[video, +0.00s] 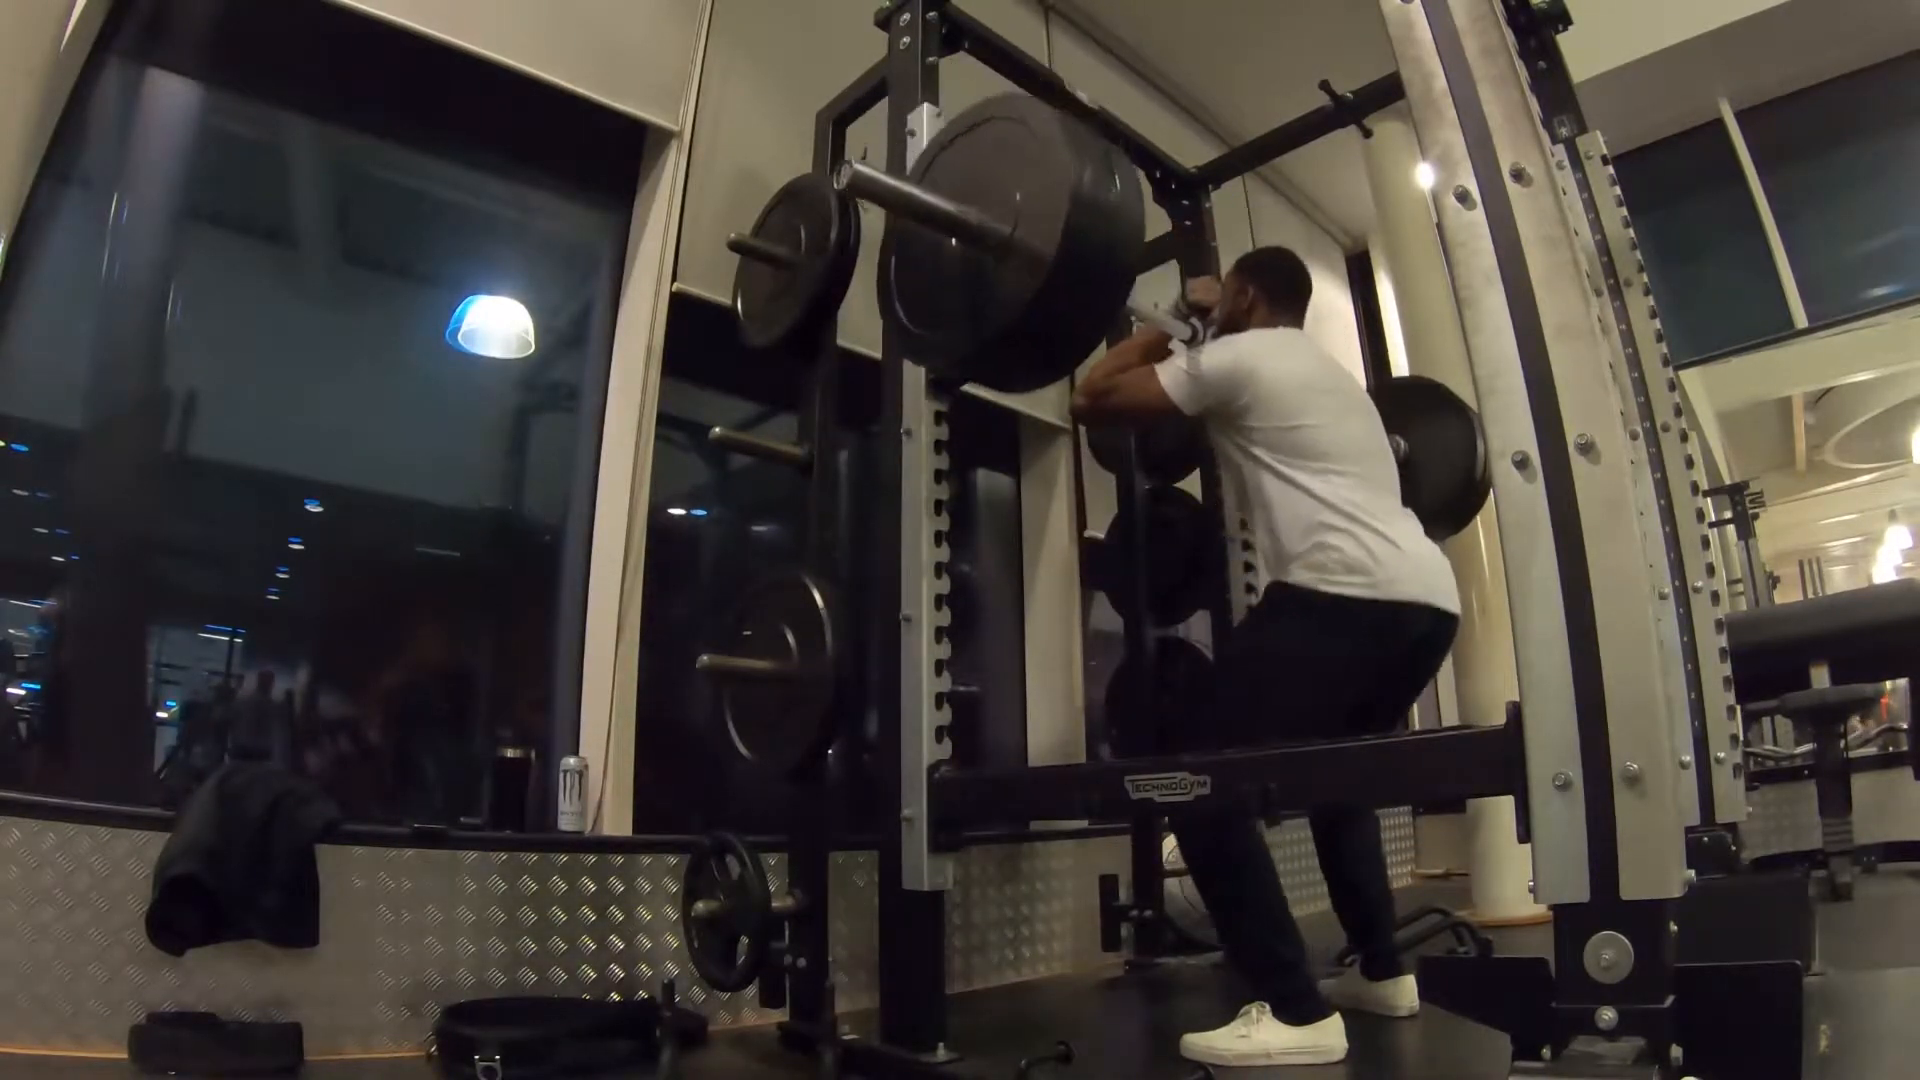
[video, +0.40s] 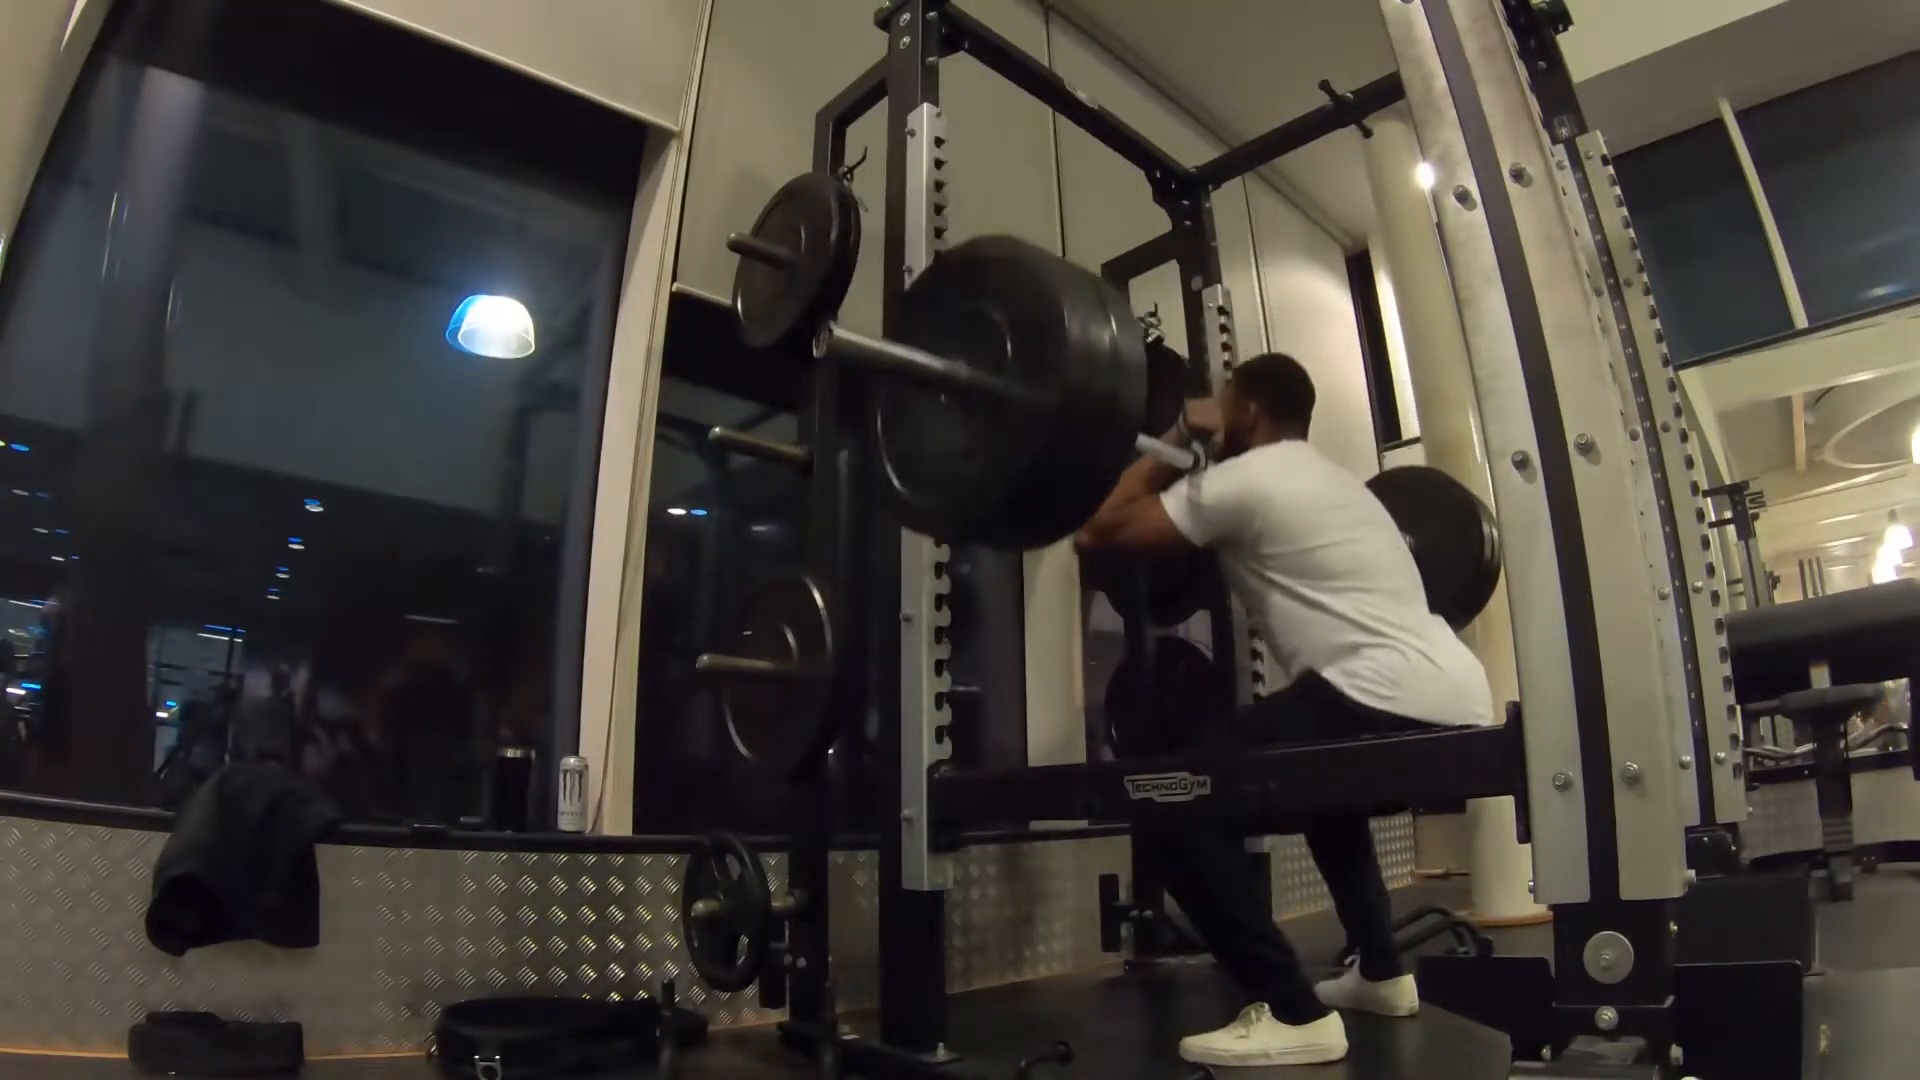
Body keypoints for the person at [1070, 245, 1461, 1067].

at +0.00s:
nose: (1214, 307)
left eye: (1223, 295)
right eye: (1219, 295)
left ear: (1249, 296)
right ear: (1296, 305)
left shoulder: (1240, 360)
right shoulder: (1332, 371)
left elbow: (1093, 392)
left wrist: (1157, 330)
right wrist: (1202, 338)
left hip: (1334, 597)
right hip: (1426, 604)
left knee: (1201, 779)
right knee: (1331, 771)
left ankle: (1293, 1011)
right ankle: (1384, 970)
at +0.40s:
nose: (1218, 416)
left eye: (1226, 405)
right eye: (1220, 405)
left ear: (1252, 412)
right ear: (1297, 417)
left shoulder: (1247, 482)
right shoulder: (1337, 478)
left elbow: (1105, 525)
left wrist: (1169, 446)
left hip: (1374, 698)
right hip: (1462, 705)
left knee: (1177, 796)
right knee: (1315, 784)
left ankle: (1294, 1013)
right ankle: (1382, 970)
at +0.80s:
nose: (1223, 516)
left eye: (1229, 505)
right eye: (1225, 506)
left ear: (1256, 512)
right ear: (1311, 513)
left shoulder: (1251, 590)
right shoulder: (1339, 575)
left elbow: (1125, 642)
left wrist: (1178, 546)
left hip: (1381, 838)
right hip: (1458, 838)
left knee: (1156, 825)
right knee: (1308, 784)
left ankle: (1291, 1012)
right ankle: (1381, 971)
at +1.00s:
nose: (1226, 539)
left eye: (1234, 528)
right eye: (1230, 528)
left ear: (1261, 538)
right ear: (1311, 540)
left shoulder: (1252, 620)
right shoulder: (1341, 601)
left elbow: (1134, 676)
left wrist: (1175, 584)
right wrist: (1225, 581)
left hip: (1396, 872)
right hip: (1463, 869)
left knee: (1153, 829)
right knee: (1290, 797)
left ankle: (1291, 1013)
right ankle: (1382, 970)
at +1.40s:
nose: (1220, 466)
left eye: (1227, 454)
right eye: (1222, 454)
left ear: (1253, 462)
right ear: (1299, 467)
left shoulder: (1249, 534)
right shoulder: (1335, 522)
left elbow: (1123, 590)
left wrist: (1167, 500)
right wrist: (1223, 498)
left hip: (1385, 765)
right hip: (1468, 758)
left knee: (1172, 812)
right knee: (1300, 778)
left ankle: (1294, 1014)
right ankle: (1381, 971)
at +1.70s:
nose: (1221, 384)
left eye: (1227, 372)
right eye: (1223, 371)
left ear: (1252, 379)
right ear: (1300, 387)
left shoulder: (1247, 450)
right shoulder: (1337, 449)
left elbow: (1105, 496)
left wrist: (1167, 420)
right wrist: (1221, 413)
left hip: (1362, 670)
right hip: (1451, 682)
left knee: (1173, 794)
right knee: (1315, 779)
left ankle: (1292, 1011)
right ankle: (1381, 968)